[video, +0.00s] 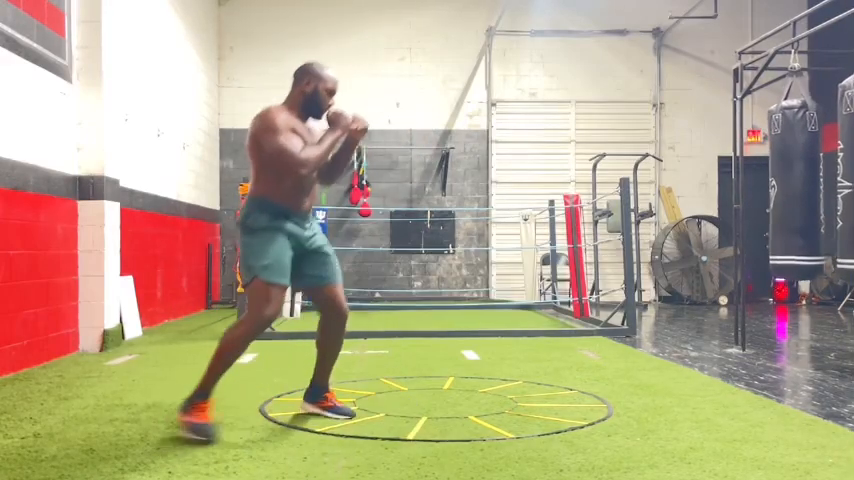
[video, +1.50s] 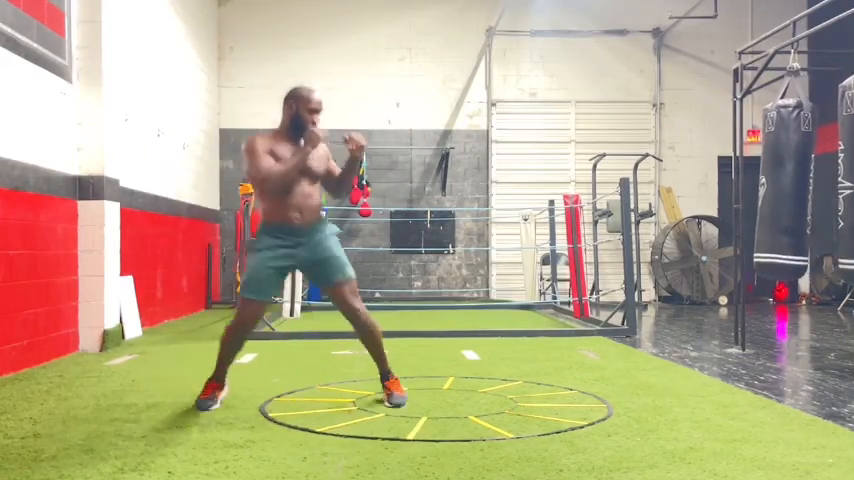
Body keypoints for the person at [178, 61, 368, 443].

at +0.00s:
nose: (331, 103)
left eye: (333, 97)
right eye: (328, 94)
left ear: (310, 87)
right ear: (305, 85)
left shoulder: (312, 129)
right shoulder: (270, 121)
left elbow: (328, 176)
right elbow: (304, 162)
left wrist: (352, 142)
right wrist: (338, 132)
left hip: (306, 226)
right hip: (268, 223)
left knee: (337, 311)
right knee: (264, 310)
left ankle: (318, 392)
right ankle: (197, 401)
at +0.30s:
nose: (285, 93)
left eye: (287, 88)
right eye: (282, 86)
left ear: (264, 78)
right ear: (261, 75)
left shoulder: (264, 121)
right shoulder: (227, 104)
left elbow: (262, 172)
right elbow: (261, 150)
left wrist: (293, 145)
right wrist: (291, 124)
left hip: (248, 217)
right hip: (209, 214)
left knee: (287, 301)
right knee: (199, 313)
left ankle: (302, 389)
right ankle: (157, 415)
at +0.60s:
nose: (246, 109)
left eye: (248, 103)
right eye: (243, 101)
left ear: (221, 93)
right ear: (219, 91)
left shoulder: (224, 139)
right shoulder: (185, 128)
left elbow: (229, 190)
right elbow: (220, 174)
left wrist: (258, 163)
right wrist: (249, 142)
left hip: (212, 240)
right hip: (174, 235)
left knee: (238, 327)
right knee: (178, 326)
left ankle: (195, 394)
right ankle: (123, 416)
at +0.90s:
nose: (261, 102)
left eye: (263, 96)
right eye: (259, 94)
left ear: (242, 90)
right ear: (237, 86)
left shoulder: (239, 129)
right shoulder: (201, 118)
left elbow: (254, 172)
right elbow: (231, 157)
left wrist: (279, 147)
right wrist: (267, 128)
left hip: (234, 224)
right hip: (192, 227)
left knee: (275, 297)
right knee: (181, 315)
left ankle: (288, 372)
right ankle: (142, 403)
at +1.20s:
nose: (298, 101)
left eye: (300, 95)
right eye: (294, 93)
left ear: (282, 91)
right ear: (271, 88)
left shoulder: (294, 131)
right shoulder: (238, 124)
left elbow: (324, 168)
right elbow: (253, 163)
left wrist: (333, 132)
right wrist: (292, 127)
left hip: (284, 224)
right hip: (243, 221)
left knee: (302, 302)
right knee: (218, 300)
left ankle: (300, 384)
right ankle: (173, 385)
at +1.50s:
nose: (317, 119)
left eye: (319, 113)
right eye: (312, 112)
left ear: (316, 112)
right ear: (291, 107)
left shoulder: (318, 149)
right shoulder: (260, 143)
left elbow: (339, 188)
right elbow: (268, 187)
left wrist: (354, 160)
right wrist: (305, 150)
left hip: (318, 237)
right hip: (273, 241)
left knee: (354, 307)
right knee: (245, 320)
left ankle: (388, 377)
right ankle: (217, 380)